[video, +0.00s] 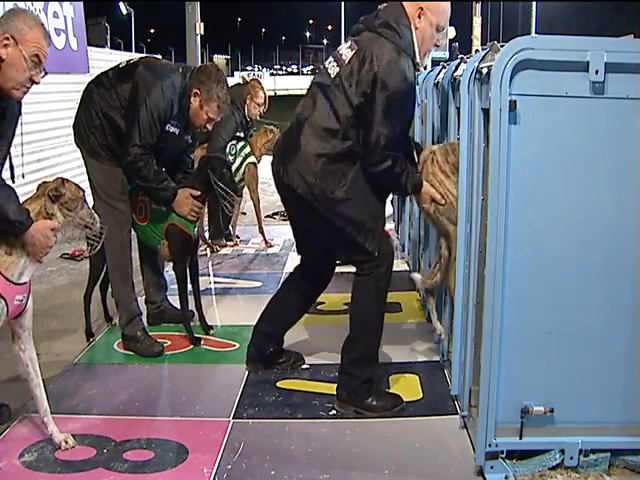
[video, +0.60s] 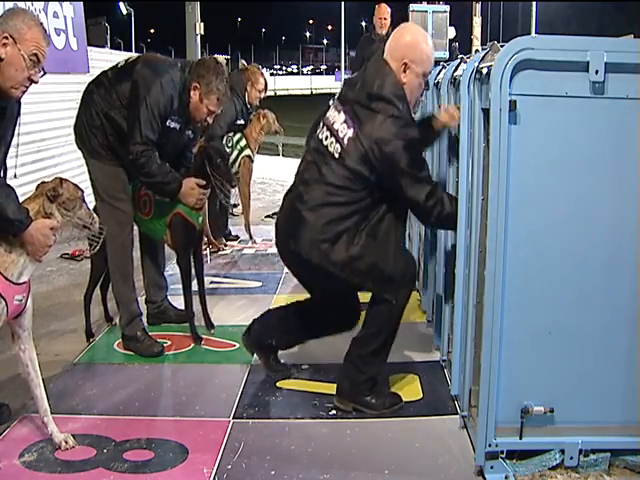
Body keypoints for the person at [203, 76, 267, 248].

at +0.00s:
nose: (260, 111)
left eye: (262, 106)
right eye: (258, 105)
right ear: (247, 100)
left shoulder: (247, 119)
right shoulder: (231, 116)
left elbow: (247, 141)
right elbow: (215, 150)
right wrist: (225, 178)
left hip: (223, 156)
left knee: (232, 190)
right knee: (217, 192)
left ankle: (226, 230)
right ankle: (216, 235)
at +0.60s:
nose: (261, 96)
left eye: (263, 92)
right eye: (259, 91)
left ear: (249, 87)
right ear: (246, 87)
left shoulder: (244, 105)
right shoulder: (231, 104)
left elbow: (239, 130)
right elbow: (213, 137)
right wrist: (224, 170)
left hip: (223, 151)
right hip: (212, 152)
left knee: (224, 191)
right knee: (218, 192)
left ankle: (223, 229)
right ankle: (216, 232)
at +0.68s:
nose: (261, 98)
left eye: (263, 94)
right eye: (259, 93)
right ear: (248, 88)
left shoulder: (247, 107)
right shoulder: (233, 105)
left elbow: (243, 130)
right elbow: (213, 135)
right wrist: (225, 165)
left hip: (224, 151)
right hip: (211, 151)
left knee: (224, 194)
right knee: (215, 194)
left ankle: (223, 229)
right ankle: (215, 232)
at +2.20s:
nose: (269, 94)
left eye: (270, 89)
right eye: (266, 89)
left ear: (257, 85)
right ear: (253, 85)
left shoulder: (248, 95)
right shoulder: (232, 98)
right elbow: (229, 130)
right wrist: (250, 152)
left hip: (238, 143)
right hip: (216, 146)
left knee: (243, 190)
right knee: (216, 194)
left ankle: (249, 231)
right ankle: (212, 235)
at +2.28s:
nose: (272, 94)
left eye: (273, 90)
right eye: (269, 89)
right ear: (257, 84)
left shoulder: (252, 95)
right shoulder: (237, 95)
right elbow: (234, 126)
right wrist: (255, 151)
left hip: (243, 145)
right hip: (228, 147)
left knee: (248, 192)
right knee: (244, 193)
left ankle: (251, 230)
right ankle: (246, 234)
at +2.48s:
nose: (280, 90)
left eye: (282, 86)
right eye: (278, 85)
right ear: (267, 80)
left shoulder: (268, 99)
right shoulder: (248, 95)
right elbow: (244, 125)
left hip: (257, 147)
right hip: (242, 149)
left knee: (255, 191)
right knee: (249, 193)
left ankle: (254, 229)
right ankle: (249, 232)